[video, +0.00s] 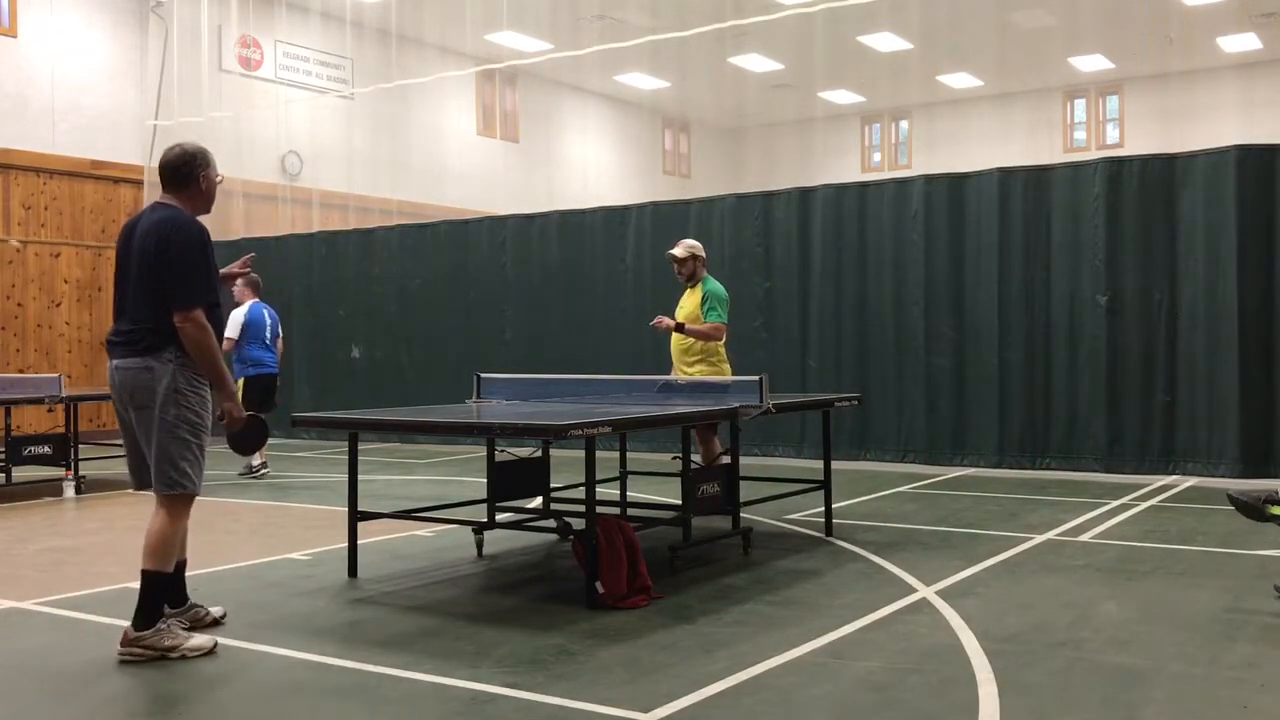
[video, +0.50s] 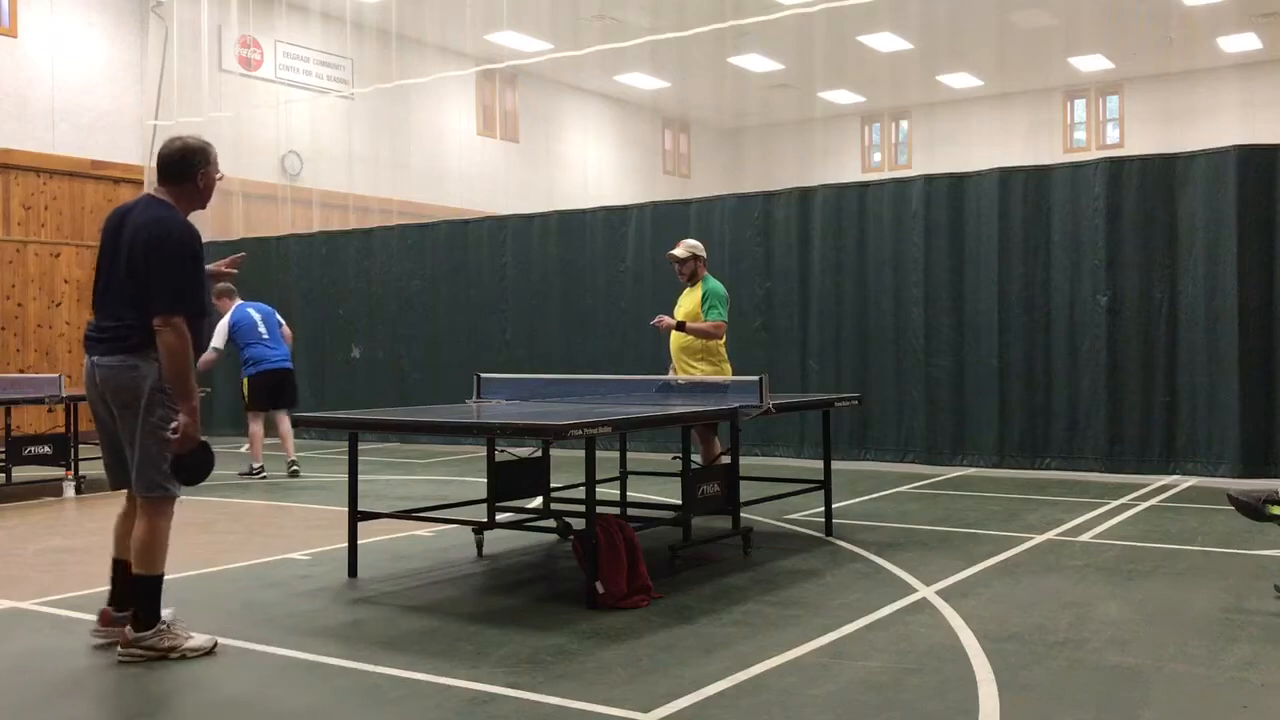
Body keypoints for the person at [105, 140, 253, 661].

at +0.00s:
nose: (217, 184)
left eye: (215, 176)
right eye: (214, 177)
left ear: (164, 180)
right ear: (201, 180)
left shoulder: (137, 225)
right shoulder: (185, 231)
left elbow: (157, 293)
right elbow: (189, 320)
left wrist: (217, 276)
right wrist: (228, 392)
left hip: (132, 370)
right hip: (168, 372)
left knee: (174, 494)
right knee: (173, 498)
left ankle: (175, 605)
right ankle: (146, 626)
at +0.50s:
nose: (217, 181)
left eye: (215, 173)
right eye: (214, 174)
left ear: (163, 174)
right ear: (199, 179)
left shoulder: (122, 216)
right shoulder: (176, 232)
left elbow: (140, 285)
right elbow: (169, 324)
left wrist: (202, 271)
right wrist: (188, 407)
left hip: (104, 369)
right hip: (144, 373)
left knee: (137, 494)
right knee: (156, 500)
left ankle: (118, 611)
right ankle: (147, 628)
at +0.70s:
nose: (200, 179)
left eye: (199, 170)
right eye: (197, 171)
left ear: (146, 172)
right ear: (178, 176)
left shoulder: (110, 217)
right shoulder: (160, 230)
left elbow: (135, 280)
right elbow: (156, 325)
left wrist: (199, 270)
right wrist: (187, 407)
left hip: (96, 369)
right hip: (137, 373)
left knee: (118, 497)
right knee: (156, 500)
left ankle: (49, 602)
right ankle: (146, 628)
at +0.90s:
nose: (175, 176)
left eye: (173, 168)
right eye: (171, 169)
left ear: (123, 174)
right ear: (153, 175)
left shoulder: (89, 221)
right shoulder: (135, 229)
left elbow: (118, 285)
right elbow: (139, 323)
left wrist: (184, 270)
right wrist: (180, 401)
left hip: (83, 373)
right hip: (126, 374)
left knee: (89, 503)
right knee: (155, 500)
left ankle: (25, 621)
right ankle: (145, 628)